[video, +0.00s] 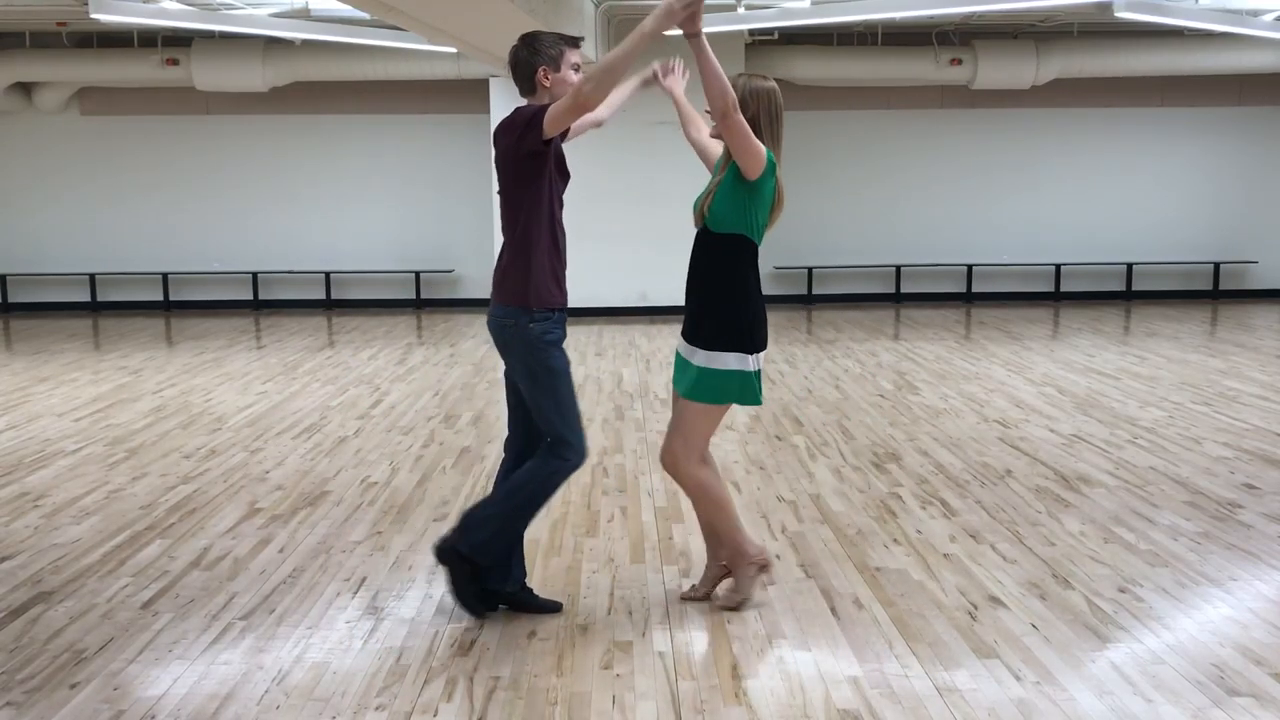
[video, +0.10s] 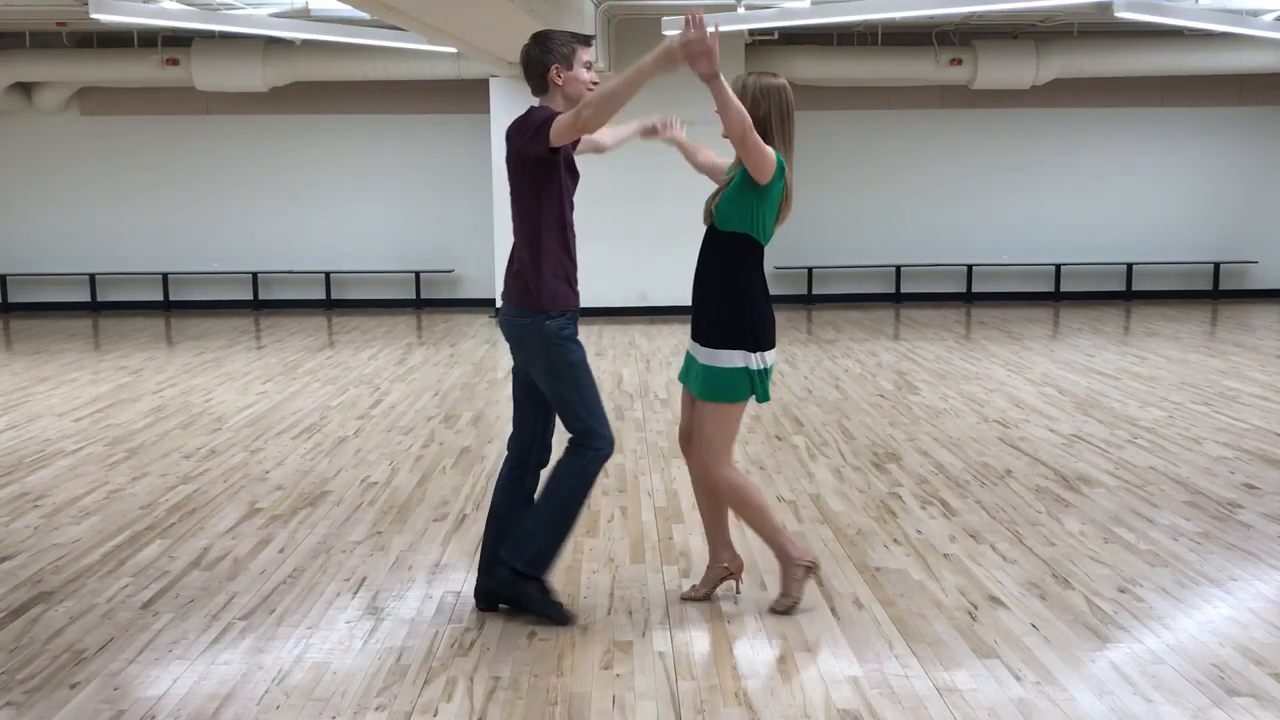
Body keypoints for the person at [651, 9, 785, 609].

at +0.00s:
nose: (723, 118)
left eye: (732, 109)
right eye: (726, 112)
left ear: (753, 117)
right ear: (742, 117)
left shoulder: (756, 168)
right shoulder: (728, 169)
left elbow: (729, 111)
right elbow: (700, 134)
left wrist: (695, 35)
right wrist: (675, 93)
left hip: (728, 336)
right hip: (706, 331)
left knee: (680, 456)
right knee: (689, 454)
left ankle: (746, 555)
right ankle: (719, 558)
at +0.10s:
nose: (732, 117)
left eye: (738, 109)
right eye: (732, 108)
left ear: (758, 114)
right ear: (762, 116)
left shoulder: (768, 169)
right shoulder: (740, 174)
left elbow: (741, 131)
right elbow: (706, 162)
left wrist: (712, 74)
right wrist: (676, 138)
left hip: (736, 338)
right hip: (708, 332)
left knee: (712, 462)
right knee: (691, 443)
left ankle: (794, 554)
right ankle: (722, 557)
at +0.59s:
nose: (777, 116)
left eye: (787, 109)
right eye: (780, 107)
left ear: (809, 118)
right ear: (811, 119)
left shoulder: (817, 183)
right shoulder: (801, 183)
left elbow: (800, 267)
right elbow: (762, 266)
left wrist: (735, 313)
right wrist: (705, 297)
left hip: (807, 331)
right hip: (788, 330)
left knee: (780, 454)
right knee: (756, 454)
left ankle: (826, 571)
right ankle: (833, 549)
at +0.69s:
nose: (787, 112)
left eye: (796, 105)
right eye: (789, 104)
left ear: (822, 113)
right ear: (820, 114)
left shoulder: (833, 178)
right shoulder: (812, 176)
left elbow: (824, 269)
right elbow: (789, 266)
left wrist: (749, 307)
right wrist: (735, 296)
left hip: (812, 339)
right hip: (808, 335)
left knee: (779, 452)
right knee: (815, 459)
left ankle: (825, 569)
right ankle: (880, 549)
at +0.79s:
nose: (790, 112)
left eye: (800, 105)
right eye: (793, 104)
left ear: (824, 113)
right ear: (826, 113)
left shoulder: (838, 174)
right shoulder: (823, 172)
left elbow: (835, 266)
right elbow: (814, 262)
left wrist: (757, 286)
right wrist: (756, 284)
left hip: (823, 338)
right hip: (827, 335)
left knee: (776, 449)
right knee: (834, 447)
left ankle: (821, 563)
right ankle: (889, 551)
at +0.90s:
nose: (792, 112)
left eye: (801, 105)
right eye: (794, 104)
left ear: (825, 113)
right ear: (827, 114)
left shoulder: (838, 174)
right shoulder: (826, 172)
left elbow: (838, 265)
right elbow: (819, 261)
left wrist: (763, 276)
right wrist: (759, 271)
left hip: (830, 340)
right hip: (836, 336)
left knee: (778, 448)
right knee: (841, 447)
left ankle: (830, 562)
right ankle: (892, 553)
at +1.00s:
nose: (791, 111)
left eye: (800, 104)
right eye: (793, 103)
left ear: (823, 113)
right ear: (827, 114)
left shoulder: (836, 173)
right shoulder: (826, 171)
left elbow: (838, 264)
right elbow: (820, 260)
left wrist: (765, 274)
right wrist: (761, 269)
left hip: (828, 339)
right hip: (836, 336)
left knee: (792, 452)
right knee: (839, 449)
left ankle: (852, 564)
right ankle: (892, 555)